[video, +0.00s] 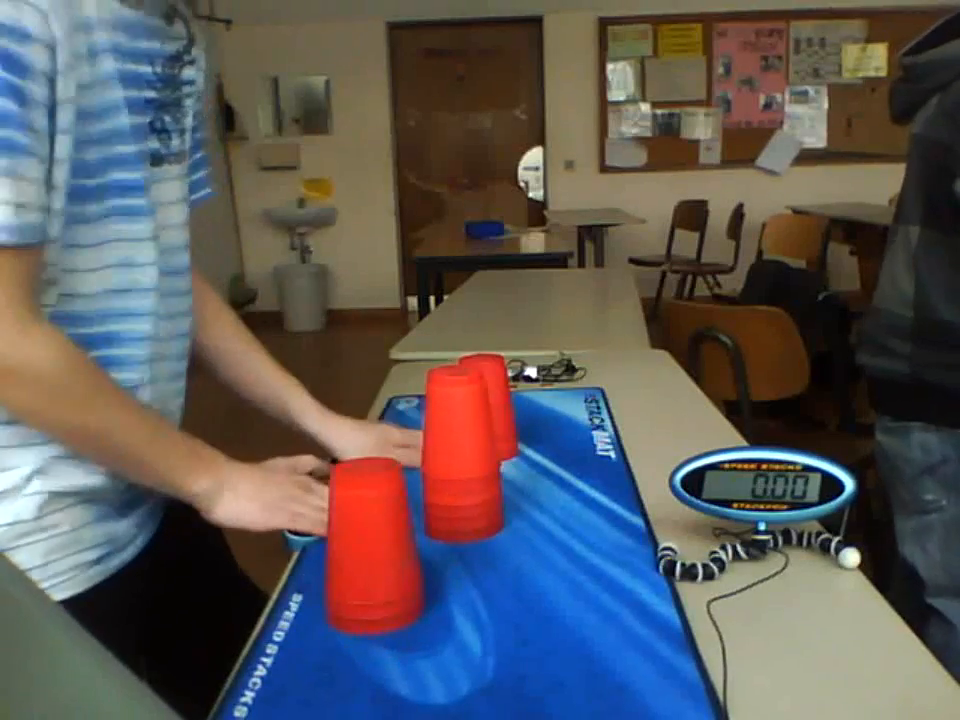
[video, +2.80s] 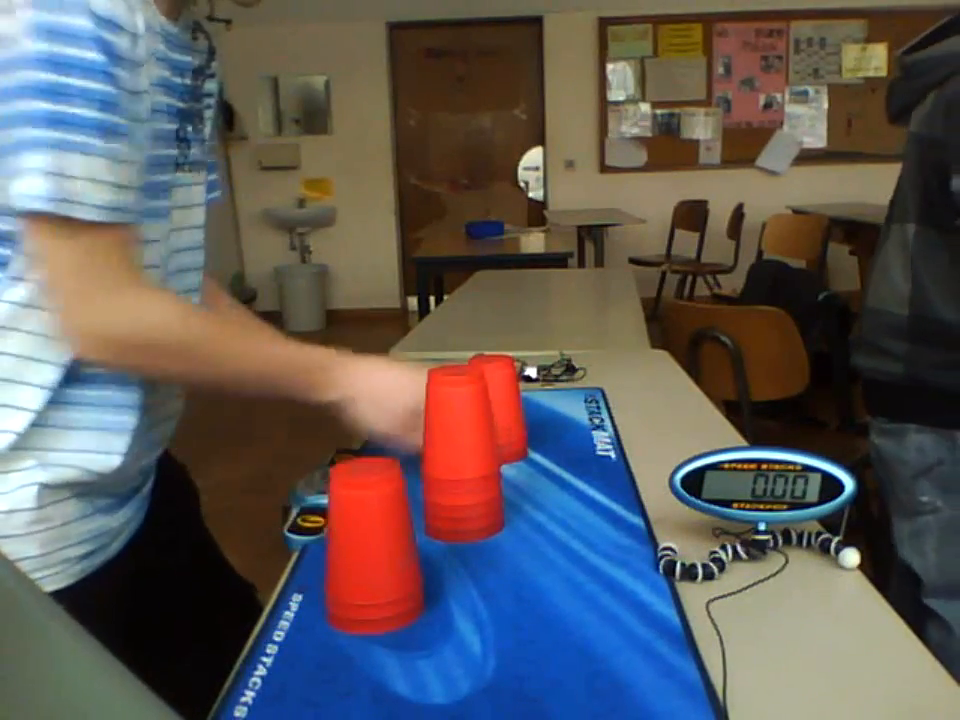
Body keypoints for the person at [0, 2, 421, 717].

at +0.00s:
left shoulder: (174, 28)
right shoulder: (28, 23)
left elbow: (169, 272)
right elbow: (7, 333)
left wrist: (326, 424)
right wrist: (213, 478)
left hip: (157, 512)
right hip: (50, 559)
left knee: (294, 690)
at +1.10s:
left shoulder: (183, 42)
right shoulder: (54, 18)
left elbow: (165, 271)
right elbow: (19, 296)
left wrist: (310, 411)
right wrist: (251, 435)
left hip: (145, 499)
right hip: (43, 550)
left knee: (262, 680)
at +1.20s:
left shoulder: (178, 36)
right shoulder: (64, 18)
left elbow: (169, 279)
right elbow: (102, 312)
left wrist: (341, 388)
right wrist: (343, 394)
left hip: (137, 487)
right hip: (41, 539)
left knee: (265, 684)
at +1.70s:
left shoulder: (216, 27)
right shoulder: (98, 14)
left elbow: (186, 248)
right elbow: (10, 272)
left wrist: (349, 332)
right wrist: (231, 435)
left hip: (175, 498)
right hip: (58, 550)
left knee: (281, 688)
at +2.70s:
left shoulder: (192, 47)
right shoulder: (48, 20)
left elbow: (172, 276)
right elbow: (20, 305)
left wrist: (317, 414)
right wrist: (246, 438)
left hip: (144, 500)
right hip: (41, 552)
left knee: (261, 678)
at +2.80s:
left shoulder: (182, 42)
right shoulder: (63, 20)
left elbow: (174, 276)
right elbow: (98, 313)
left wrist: (335, 383)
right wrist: (349, 381)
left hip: (135, 487)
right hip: (41, 535)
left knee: (255, 675)